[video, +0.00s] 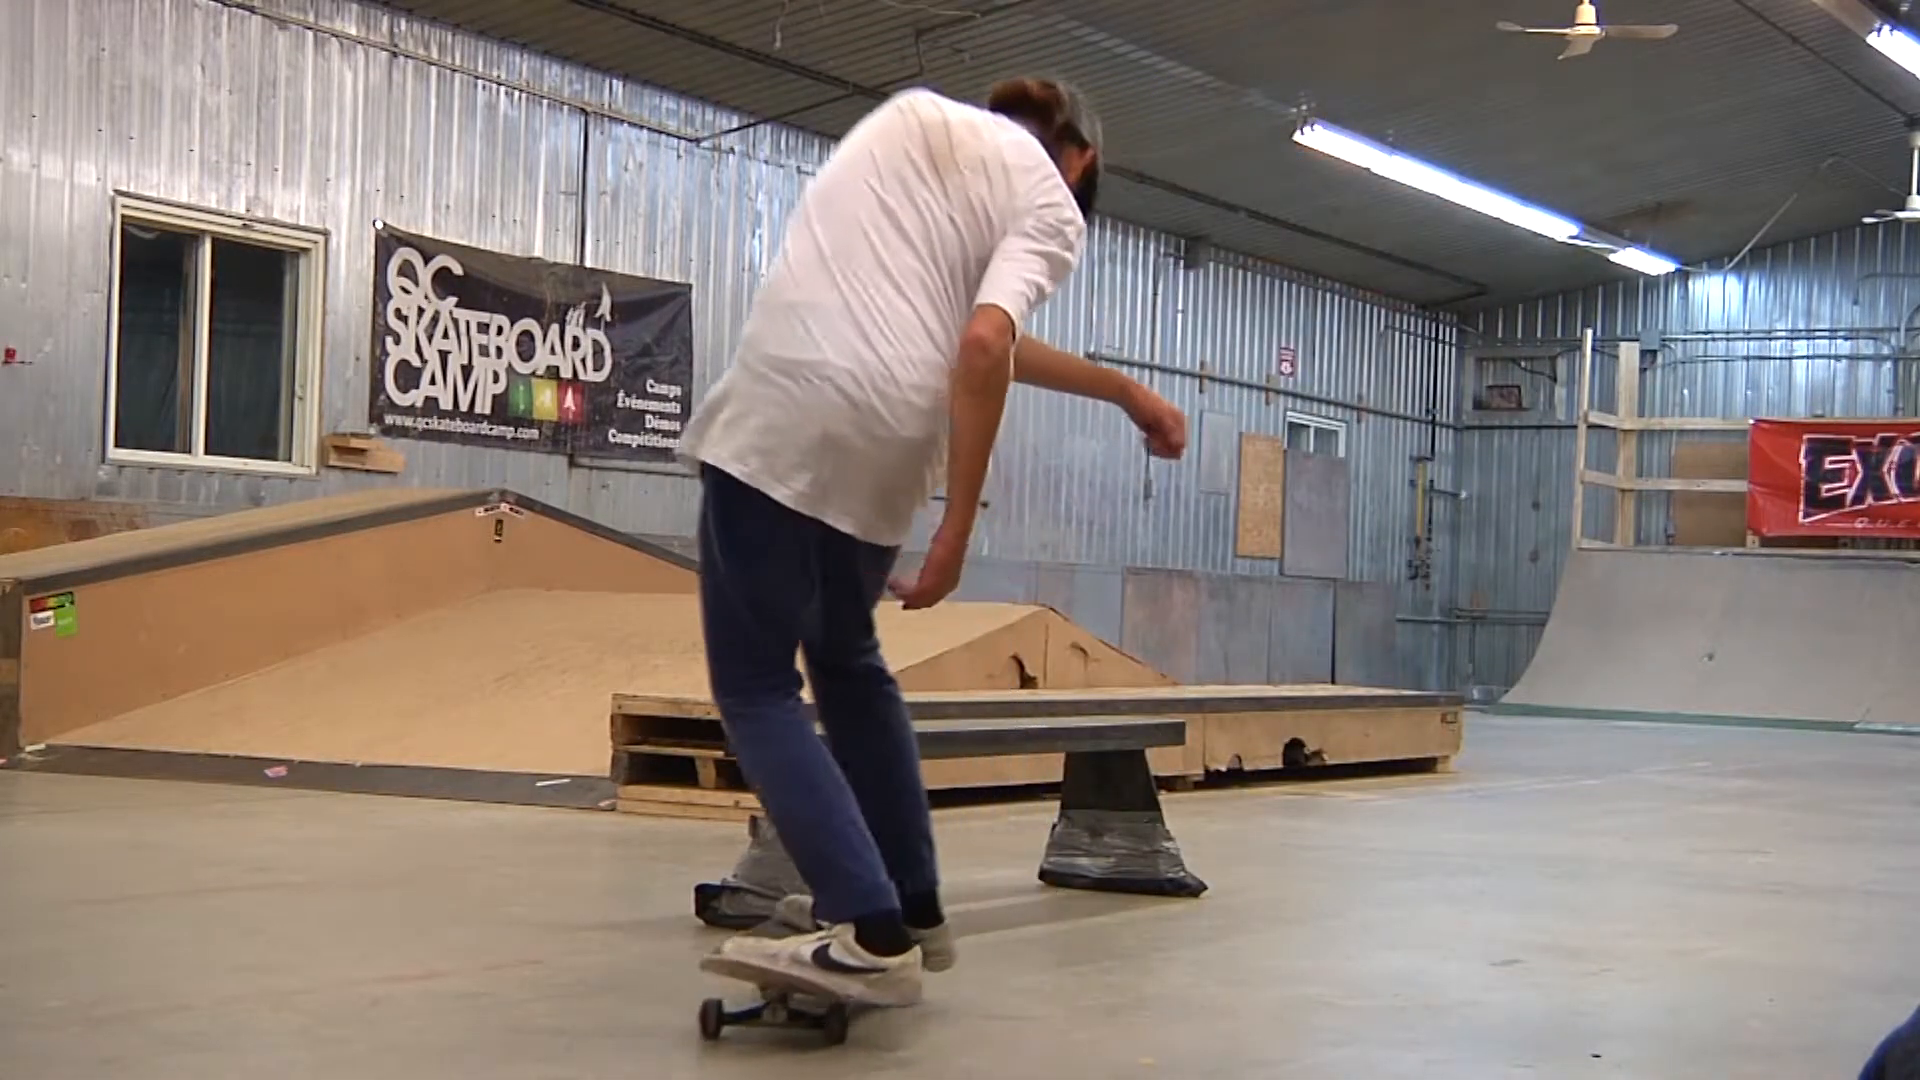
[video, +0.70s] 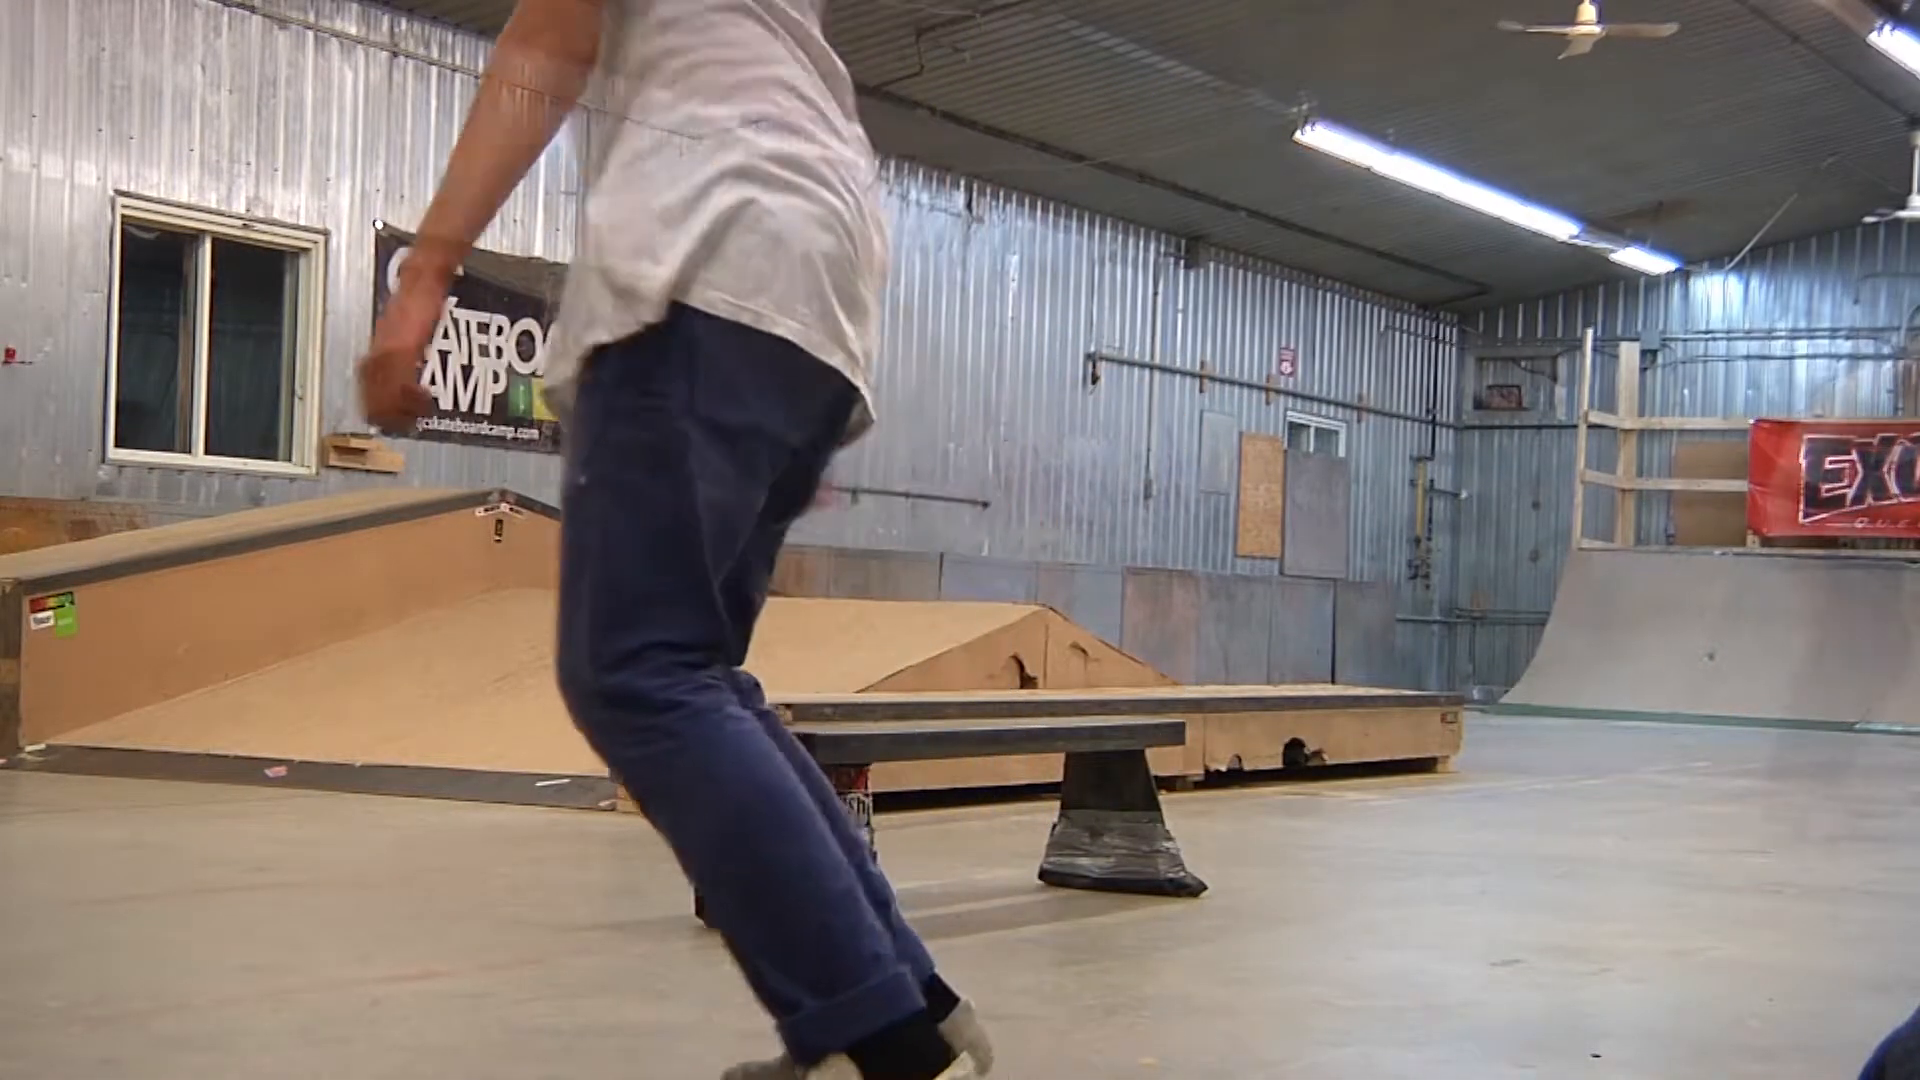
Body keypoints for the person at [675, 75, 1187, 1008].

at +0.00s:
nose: (1075, 202)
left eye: (1082, 190)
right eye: (1082, 187)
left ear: (1008, 116)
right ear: (1074, 157)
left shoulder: (912, 117)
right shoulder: (1050, 204)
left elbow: (974, 337)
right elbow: (986, 344)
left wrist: (1124, 391)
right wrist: (956, 531)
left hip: (768, 407)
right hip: (882, 439)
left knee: (756, 691)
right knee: (847, 654)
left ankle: (869, 928)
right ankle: (913, 907)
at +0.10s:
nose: (1045, 142)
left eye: (1050, 128)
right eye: (1048, 127)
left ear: (960, 56)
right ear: (1032, 101)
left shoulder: (866, 66)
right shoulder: (1027, 161)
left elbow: (910, 289)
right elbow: (988, 311)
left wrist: (1058, 393)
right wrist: (964, 507)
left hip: (758, 388)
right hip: (881, 428)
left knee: (739, 694)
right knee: (818, 659)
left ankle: (868, 945)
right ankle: (881, 917)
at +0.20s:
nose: (997, 63)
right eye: (1000, 49)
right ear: (984, 35)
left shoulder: (809, 18)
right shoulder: (1003, 113)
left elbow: (818, 237)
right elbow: (997, 283)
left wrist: (929, 410)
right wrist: (986, 485)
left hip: (762, 364)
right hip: (884, 402)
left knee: (724, 694)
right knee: (793, 652)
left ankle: (878, 963)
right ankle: (860, 924)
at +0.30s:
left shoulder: (741, 11)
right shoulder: (968, 64)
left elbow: (692, 237)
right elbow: (1013, 247)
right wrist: (1009, 461)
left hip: (772, 342)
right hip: (900, 376)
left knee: (713, 684)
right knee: (762, 650)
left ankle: (899, 976)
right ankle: (819, 922)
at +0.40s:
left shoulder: (705, 2)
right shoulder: (925, 32)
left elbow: (600, 170)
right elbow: (1018, 228)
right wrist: (1024, 443)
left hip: (784, 314)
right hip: (907, 352)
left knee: (698, 680)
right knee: (728, 660)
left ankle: (913, 989)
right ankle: (831, 952)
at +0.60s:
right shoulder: (836, 33)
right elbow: (925, 184)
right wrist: (922, 412)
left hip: (757, 254)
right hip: (880, 311)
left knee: (672, 673)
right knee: (714, 667)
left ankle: (920, 1030)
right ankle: (852, 994)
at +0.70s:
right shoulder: (784, 35)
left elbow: (543, 61)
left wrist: (423, 278)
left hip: (714, 255)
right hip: (823, 298)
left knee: (634, 672)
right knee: (695, 669)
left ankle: (872, 1031)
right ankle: (902, 1000)